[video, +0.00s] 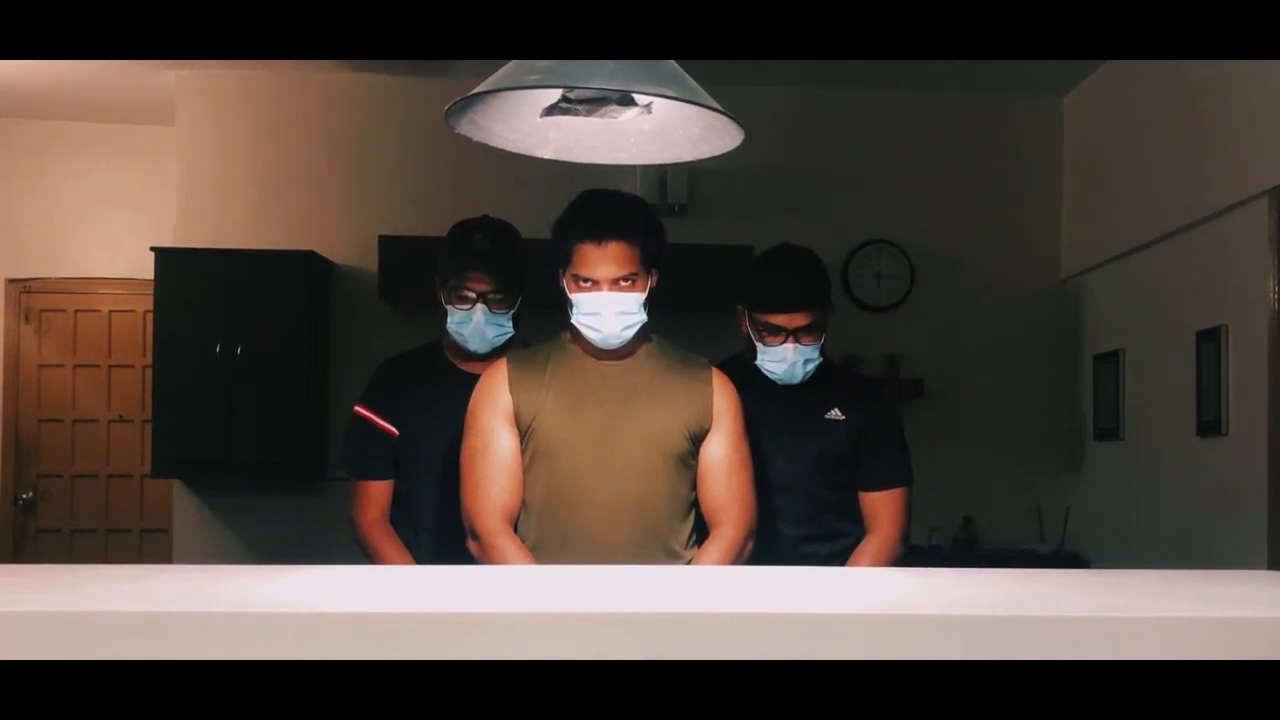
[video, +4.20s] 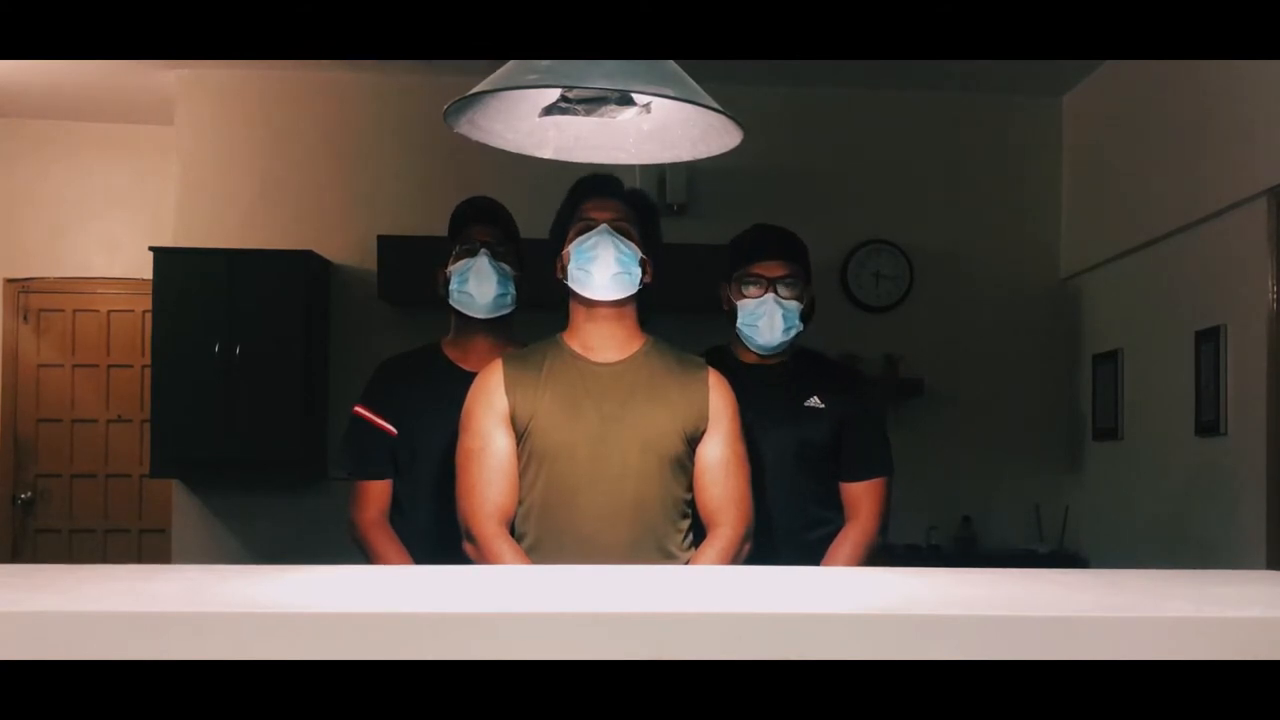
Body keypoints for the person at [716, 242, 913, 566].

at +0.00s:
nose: (790, 348)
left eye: (807, 332)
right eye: (772, 332)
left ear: (826, 323)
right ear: (745, 322)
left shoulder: (862, 400)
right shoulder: (716, 393)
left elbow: (885, 535)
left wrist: (832, 605)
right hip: (740, 591)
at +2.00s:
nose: (791, 326)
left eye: (807, 310)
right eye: (773, 309)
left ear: (826, 310)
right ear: (746, 310)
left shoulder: (863, 400)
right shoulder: (712, 394)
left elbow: (885, 537)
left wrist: (830, 611)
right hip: (737, 595)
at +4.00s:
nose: (780, 301)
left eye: (796, 287)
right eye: (762, 287)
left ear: (816, 300)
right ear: (737, 300)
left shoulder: (854, 397)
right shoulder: (705, 391)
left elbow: (877, 532)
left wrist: (825, 612)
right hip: (728, 597)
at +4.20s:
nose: (770, 301)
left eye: (787, 287)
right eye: (753, 286)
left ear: (806, 298)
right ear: (730, 294)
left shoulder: (842, 388)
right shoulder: (697, 381)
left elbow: (864, 522)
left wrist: (812, 604)